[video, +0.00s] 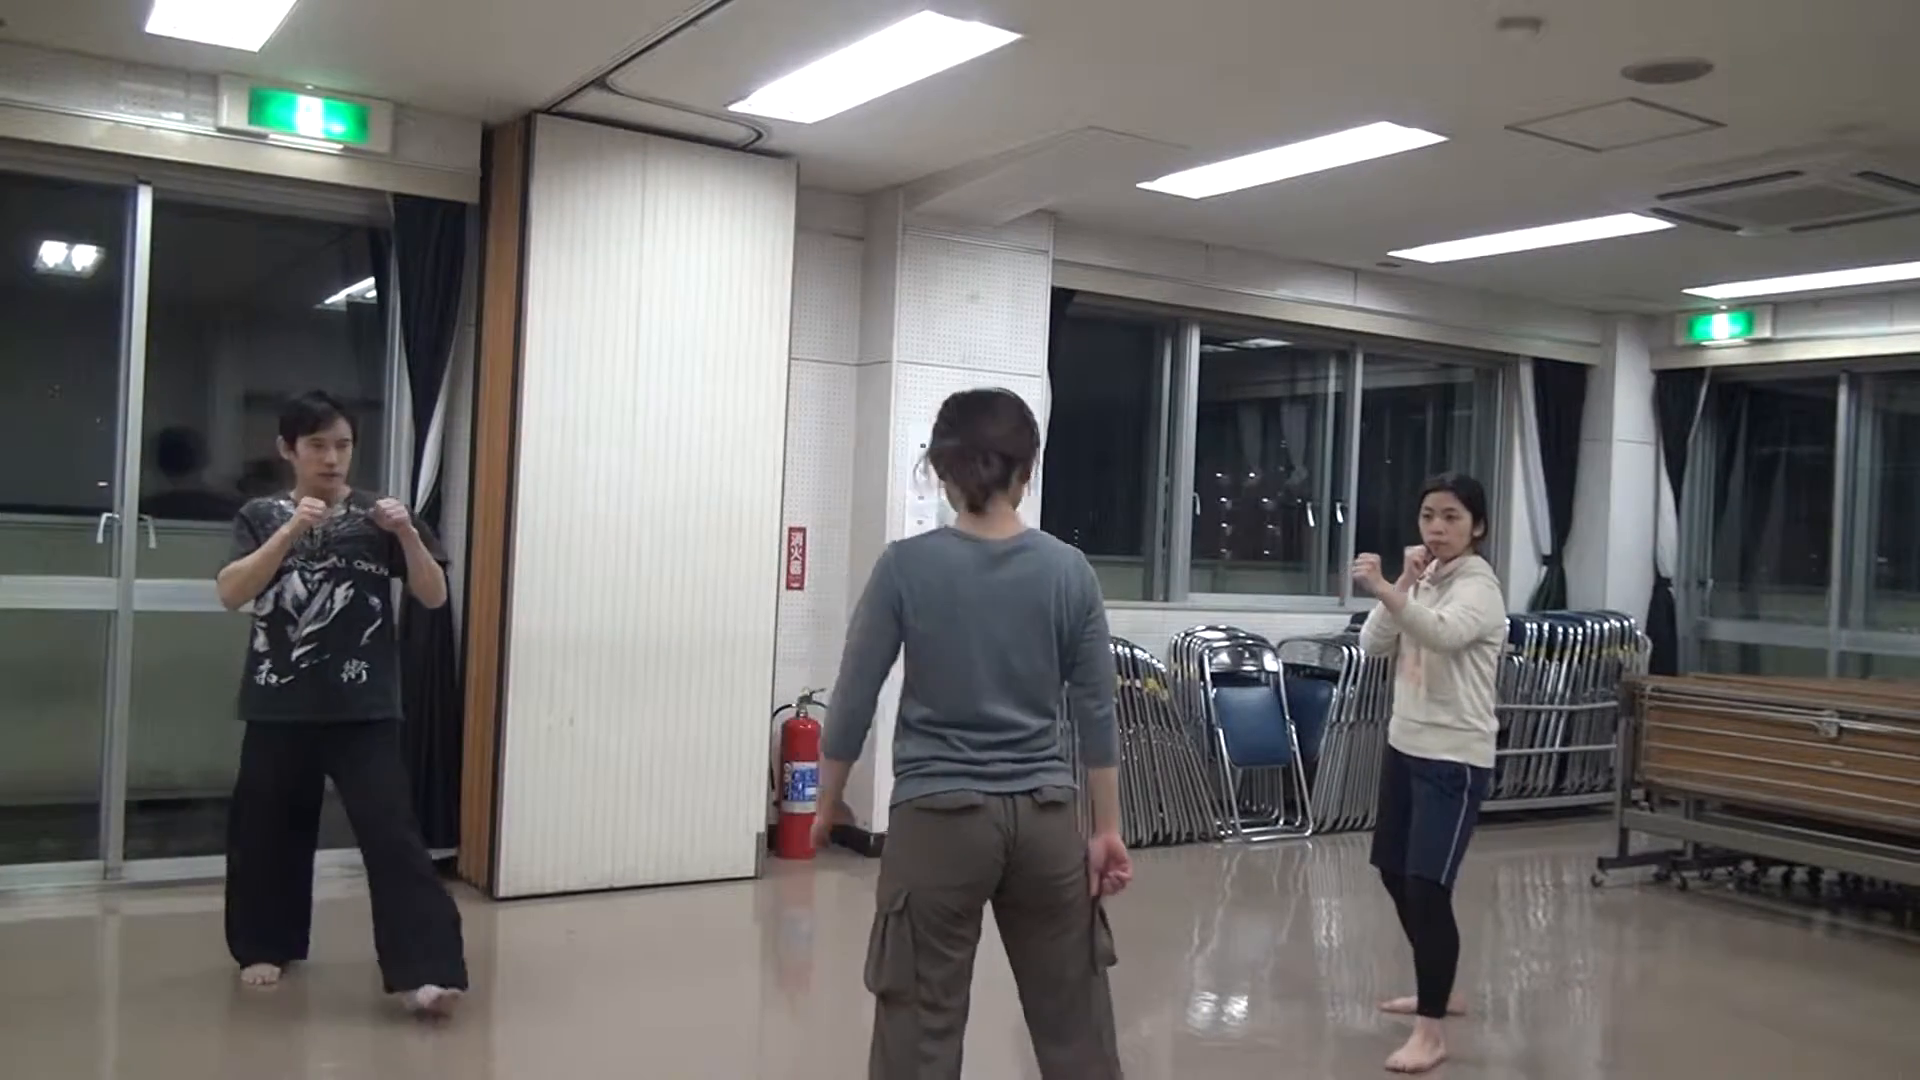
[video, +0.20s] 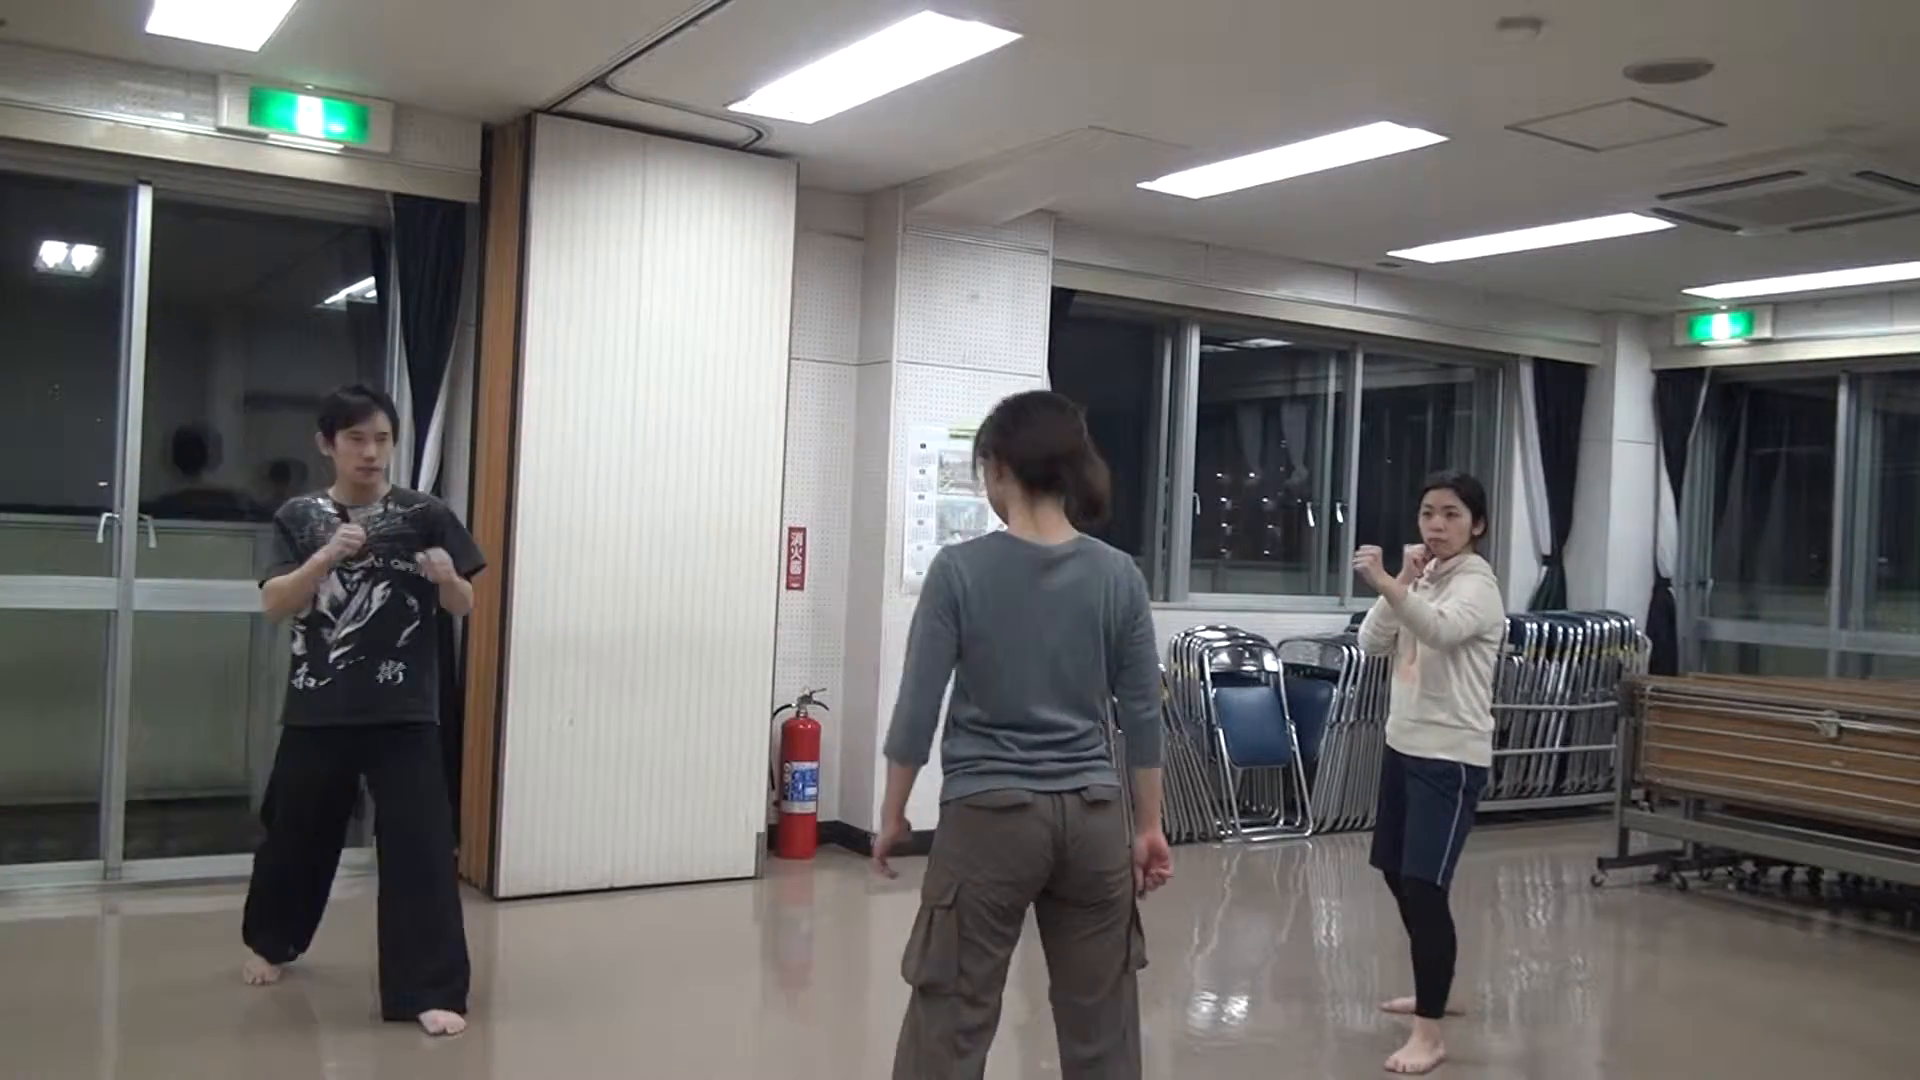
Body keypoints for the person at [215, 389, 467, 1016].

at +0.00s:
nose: (332, 457)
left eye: (342, 446)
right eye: (318, 446)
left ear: (354, 449)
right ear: (288, 450)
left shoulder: (382, 516)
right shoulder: (263, 517)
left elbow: (433, 594)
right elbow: (231, 593)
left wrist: (407, 535)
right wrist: (288, 535)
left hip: (365, 708)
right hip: (281, 708)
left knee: (392, 834)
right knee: (268, 828)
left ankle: (427, 972)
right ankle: (263, 951)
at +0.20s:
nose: (372, 452)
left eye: (382, 439)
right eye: (358, 440)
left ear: (394, 445)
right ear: (329, 445)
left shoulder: (426, 516)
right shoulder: (300, 517)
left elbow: (464, 605)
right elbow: (274, 601)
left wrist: (448, 579)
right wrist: (324, 559)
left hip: (406, 714)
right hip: (320, 712)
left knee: (421, 851)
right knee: (296, 832)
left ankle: (433, 995)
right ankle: (271, 943)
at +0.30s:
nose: (390, 451)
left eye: (400, 439)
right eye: (376, 439)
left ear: (412, 444)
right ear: (347, 443)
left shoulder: (441, 514)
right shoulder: (314, 515)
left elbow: (468, 588)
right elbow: (291, 603)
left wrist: (470, 631)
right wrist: (341, 586)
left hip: (422, 710)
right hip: (338, 710)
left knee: (428, 853)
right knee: (311, 833)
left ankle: (433, 995)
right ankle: (281, 944)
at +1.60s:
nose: (412, 453)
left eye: (422, 441)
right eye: (397, 442)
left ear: (434, 442)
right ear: (364, 445)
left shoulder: (461, 515)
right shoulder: (342, 518)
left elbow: (515, 597)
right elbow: (320, 589)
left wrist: (502, 537)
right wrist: (373, 520)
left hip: (446, 720)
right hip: (363, 721)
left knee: (471, 860)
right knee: (353, 855)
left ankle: (495, 1004)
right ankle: (344, 984)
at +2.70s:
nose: (462, 513)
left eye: (472, 501)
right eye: (446, 500)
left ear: (482, 506)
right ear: (413, 505)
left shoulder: (504, 579)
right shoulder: (376, 573)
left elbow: (550, 673)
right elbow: (339, 654)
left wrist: (533, 617)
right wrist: (401, 589)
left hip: (481, 777)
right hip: (391, 776)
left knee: (545, 879)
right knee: (350, 886)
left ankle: (561, 1027)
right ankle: (342, 984)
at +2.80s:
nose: (507, 525)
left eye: (518, 513)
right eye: (492, 511)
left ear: (527, 521)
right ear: (458, 518)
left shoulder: (550, 600)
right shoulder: (418, 593)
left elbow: (602, 690)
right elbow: (380, 682)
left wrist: (591, 655)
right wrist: (436, 622)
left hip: (516, 792)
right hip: (422, 792)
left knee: (593, 887)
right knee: (373, 892)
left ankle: (638, 1042)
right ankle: (338, 979)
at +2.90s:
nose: (559, 515)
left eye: (570, 504)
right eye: (543, 503)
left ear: (581, 514)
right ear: (511, 515)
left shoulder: (612, 588)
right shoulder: (483, 598)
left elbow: (691, 623)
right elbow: (450, 686)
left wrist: (716, 617)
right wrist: (502, 616)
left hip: (590, 795)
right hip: (498, 795)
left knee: (644, 891)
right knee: (431, 886)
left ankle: (650, 1058)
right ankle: (355, 969)